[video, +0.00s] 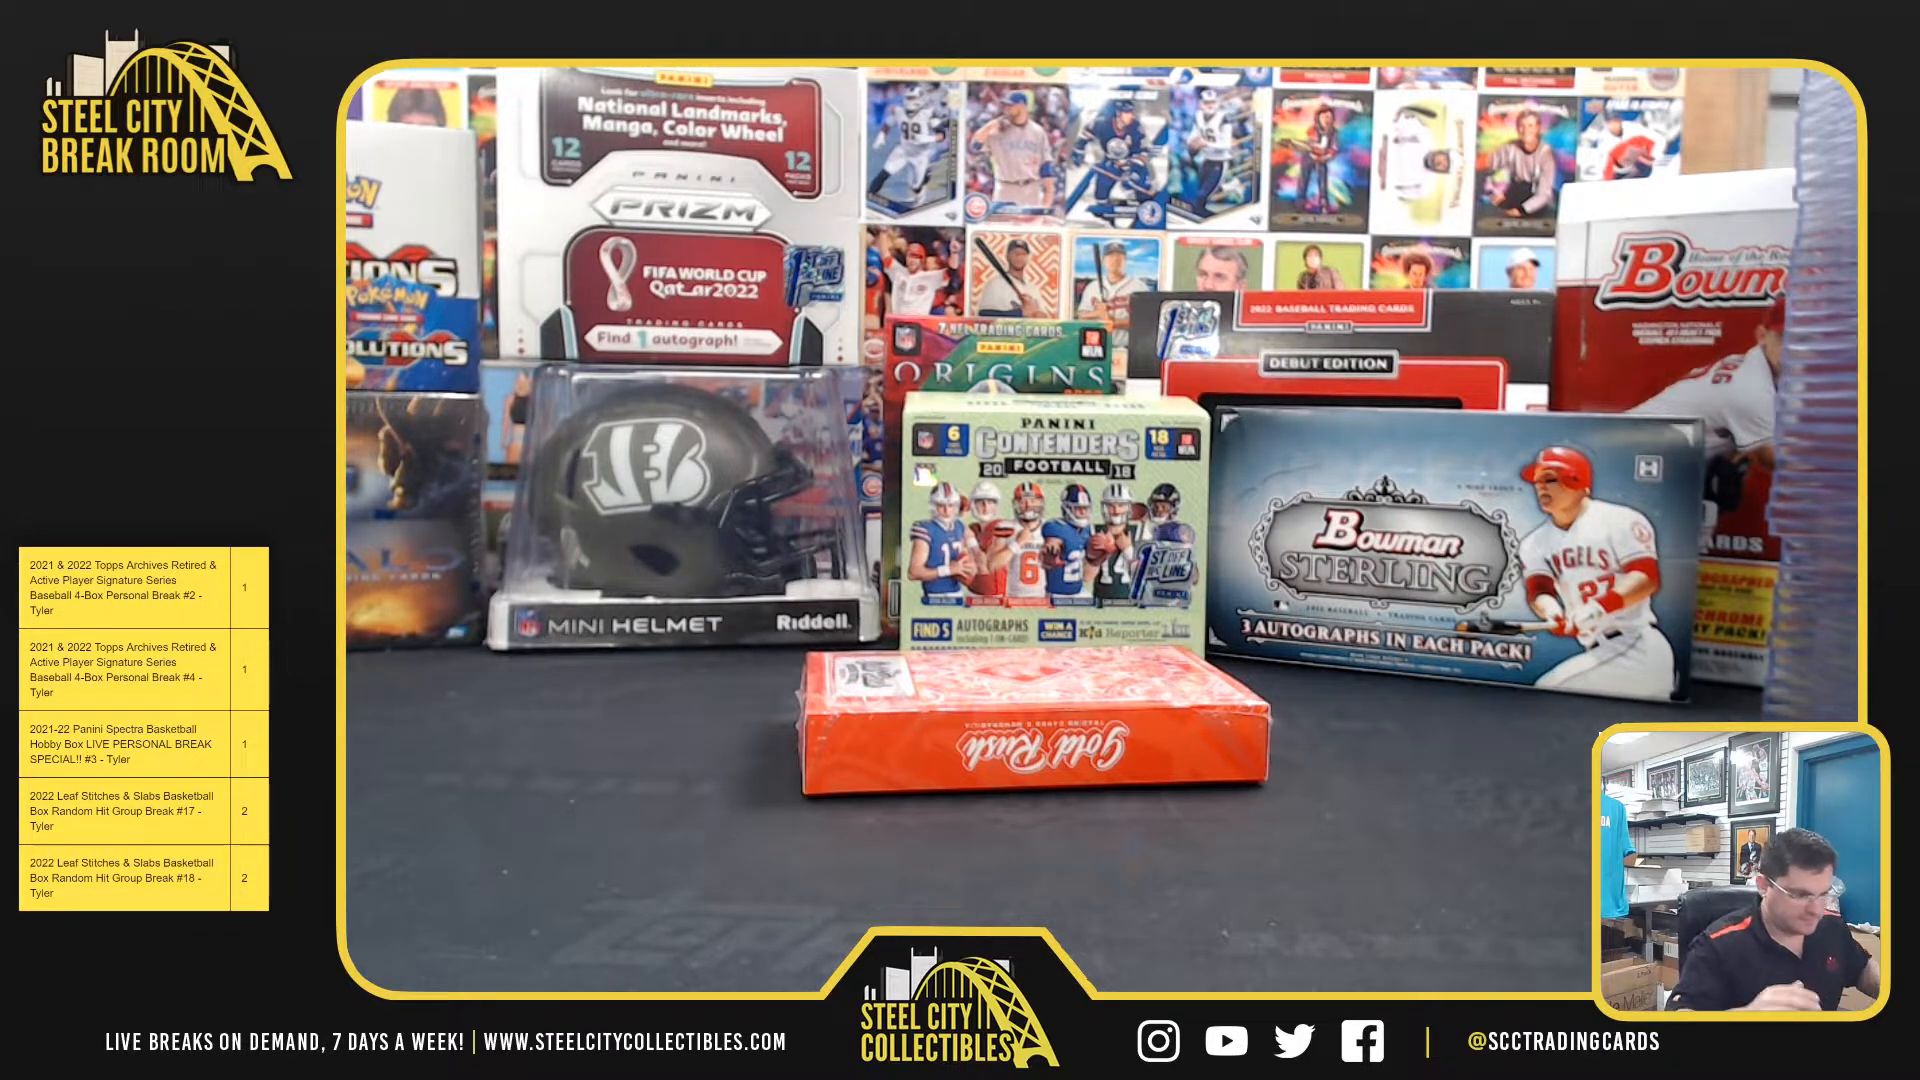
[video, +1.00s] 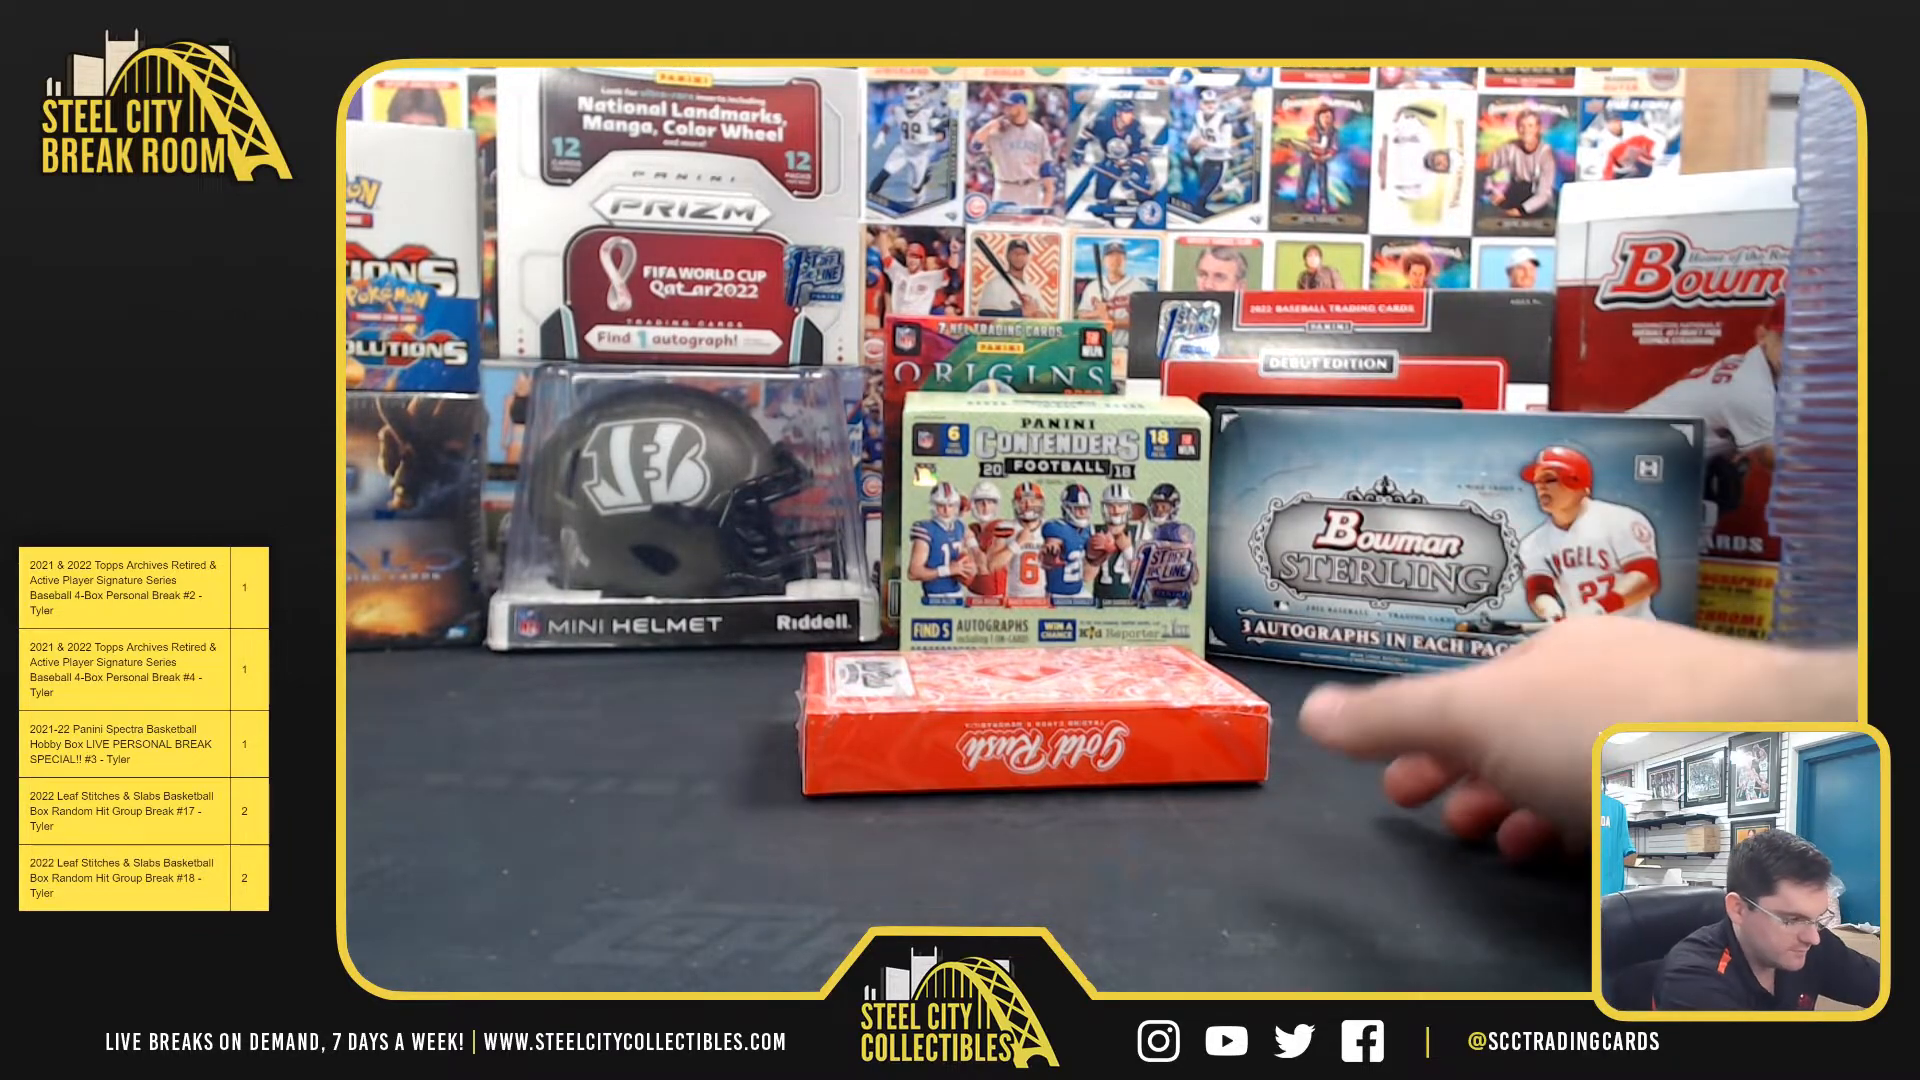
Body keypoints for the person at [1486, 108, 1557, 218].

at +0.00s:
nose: (1526, 130)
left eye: (1530, 126)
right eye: (1522, 126)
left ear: (1539, 128)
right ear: (1518, 130)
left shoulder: (1545, 154)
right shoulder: (1506, 151)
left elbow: (1545, 191)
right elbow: (1490, 178)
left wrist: (1523, 209)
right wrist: (1495, 193)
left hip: (1535, 188)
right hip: (1511, 187)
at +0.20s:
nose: (1526, 130)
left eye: (1530, 126)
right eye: (1522, 126)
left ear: (1539, 128)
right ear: (1518, 130)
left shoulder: (1545, 154)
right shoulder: (1506, 151)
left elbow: (1545, 191)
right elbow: (1490, 178)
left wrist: (1523, 209)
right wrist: (1495, 193)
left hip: (1535, 187)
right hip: (1511, 187)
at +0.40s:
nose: (1526, 130)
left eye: (1530, 126)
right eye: (1522, 126)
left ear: (1539, 128)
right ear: (1518, 130)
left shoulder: (1545, 153)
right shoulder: (1506, 150)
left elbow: (1545, 191)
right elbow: (1490, 178)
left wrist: (1523, 209)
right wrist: (1495, 193)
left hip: (1535, 187)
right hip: (1511, 187)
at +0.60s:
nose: (1526, 130)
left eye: (1531, 126)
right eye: (1522, 126)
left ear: (1539, 128)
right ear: (1518, 129)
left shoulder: (1545, 153)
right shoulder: (1507, 150)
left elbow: (1545, 191)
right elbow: (1489, 177)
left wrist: (1523, 209)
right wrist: (1494, 193)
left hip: (1535, 187)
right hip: (1512, 187)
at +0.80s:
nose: (1526, 130)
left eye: (1530, 126)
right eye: (1522, 126)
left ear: (1539, 128)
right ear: (1518, 130)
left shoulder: (1545, 153)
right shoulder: (1506, 150)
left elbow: (1545, 191)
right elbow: (1490, 178)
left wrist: (1523, 209)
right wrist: (1495, 193)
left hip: (1535, 187)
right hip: (1512, 187)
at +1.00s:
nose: (1526, 130)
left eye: (1530, 126)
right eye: (1522, 126)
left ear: (1539, 128)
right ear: (1518, 129)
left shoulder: (1545, 153)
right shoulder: (1507, 150)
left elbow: (1545, 191)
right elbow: (1489, 178)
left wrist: (1523, 209)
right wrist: (1495, 193)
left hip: (1535, 187)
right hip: (1513, 186)